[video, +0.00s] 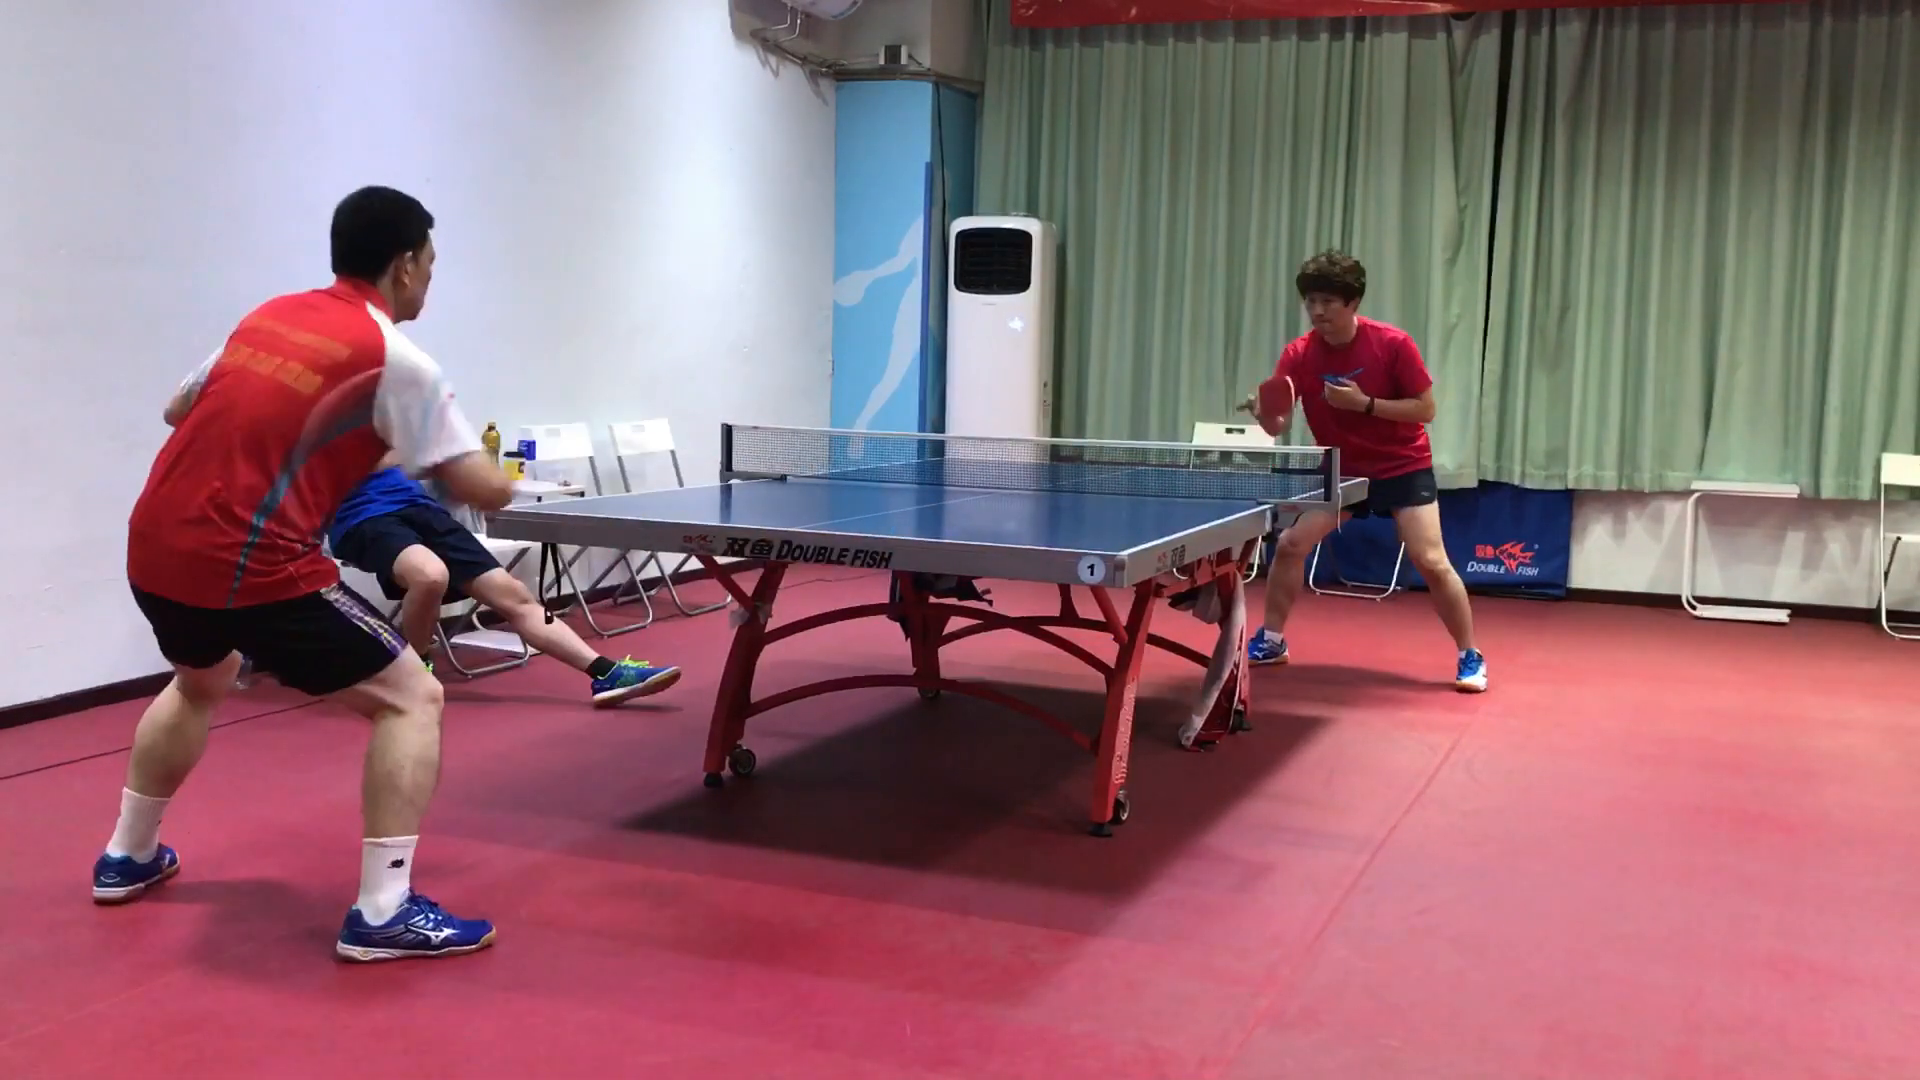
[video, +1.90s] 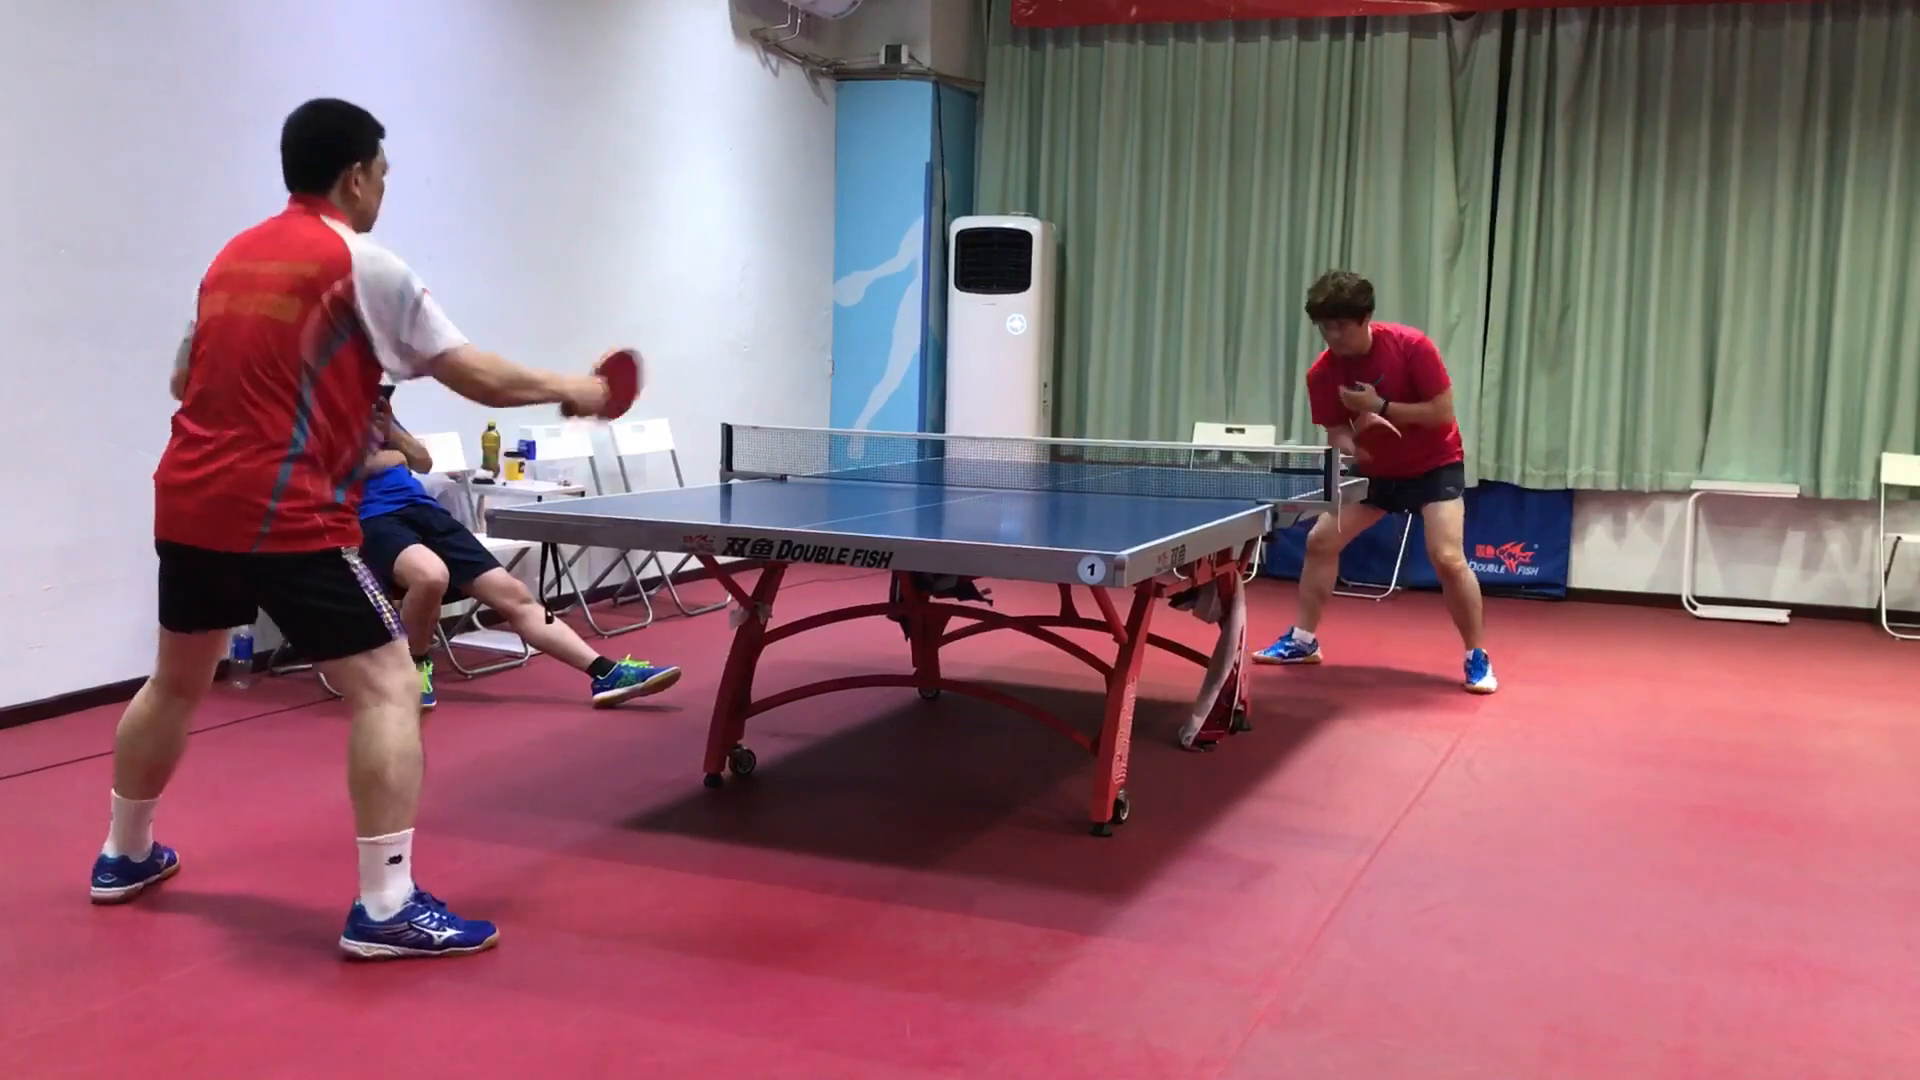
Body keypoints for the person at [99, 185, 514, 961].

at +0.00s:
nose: (430, 282)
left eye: (431, 267)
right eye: (428, 266)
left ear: (342, 260)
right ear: (404, 266)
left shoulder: (270, 315)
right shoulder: (397, 358)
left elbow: (180, 410)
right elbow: (478, 488)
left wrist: (285, 440)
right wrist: (505, 477)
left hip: (157, 555)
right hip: (259, 570)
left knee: (200, 679)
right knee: (413, 697)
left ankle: (126, 854)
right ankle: (383, 907)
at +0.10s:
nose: (435, 260)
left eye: (435, 245)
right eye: (433, 245)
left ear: (346, 244)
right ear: (409, 251)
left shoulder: (275, 300)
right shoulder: (410, 342)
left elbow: (179, 389)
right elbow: (535, 429)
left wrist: (265, 442)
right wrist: (604, 411)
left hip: (166, 542)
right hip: (271, 563)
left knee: (191, 685)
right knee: (416, 694)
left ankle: (127, 853)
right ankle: (384, 908)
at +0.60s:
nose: (414, 224)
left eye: (413, 208)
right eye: (412, 209)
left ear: (329, 207)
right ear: (386, 211)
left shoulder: (266, 275)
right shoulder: (367, 294)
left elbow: (278, 438)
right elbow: (427, 431)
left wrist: (392, 457)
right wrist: (488, 459)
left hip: (165, 521)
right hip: (256, 534)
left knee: (192, 680)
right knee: (375, 691)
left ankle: (126, 853)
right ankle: (370, 914)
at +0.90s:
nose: (418, 229)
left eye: (417, 215)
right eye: (418, 215)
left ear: (331, 209)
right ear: (400, 217)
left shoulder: (257, 274)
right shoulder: (408, 312)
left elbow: (173, 380)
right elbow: (523, 392)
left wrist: (276, 397)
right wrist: (592, 387)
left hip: (165, 515)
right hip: (277, 533)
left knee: (169, 682)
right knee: (387, 692)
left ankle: (125, 849)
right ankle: (372, 911)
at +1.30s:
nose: (402, 214)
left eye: (401, 198)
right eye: (399, 198)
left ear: (313, 199)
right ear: (371, 200)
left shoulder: (247, 268)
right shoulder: (364, 278)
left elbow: (244, 411)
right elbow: (436, 404)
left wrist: (350, 453)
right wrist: (507, 436)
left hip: (173, 511)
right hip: (269, 522)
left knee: (192, 676)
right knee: (373, 687)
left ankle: (127, 850)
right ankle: (384, 908)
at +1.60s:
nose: (430, 229)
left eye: (428, 214)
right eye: (428, 214)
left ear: (344, 211)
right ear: (407, 217)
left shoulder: (269, 274)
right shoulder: (409, 309)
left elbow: (184, 380)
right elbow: (515, 422)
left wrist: (299, 404)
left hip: (179, 519)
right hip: (284, 535)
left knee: (181, 680)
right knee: (404, 689)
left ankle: (125, 851)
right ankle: (386, 908)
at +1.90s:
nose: (385, 184)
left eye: (382, 169)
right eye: (380, 170)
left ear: (298, 177)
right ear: (354, 176)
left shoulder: (233, 256)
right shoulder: (366, 267)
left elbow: (186, 383)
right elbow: (465, 373)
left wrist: (304, 415)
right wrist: (571, 387)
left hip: (190, 511)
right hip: (292, 518)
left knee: (174, 684)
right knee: (385, 685)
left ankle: (124, 854)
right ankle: (387, 905)